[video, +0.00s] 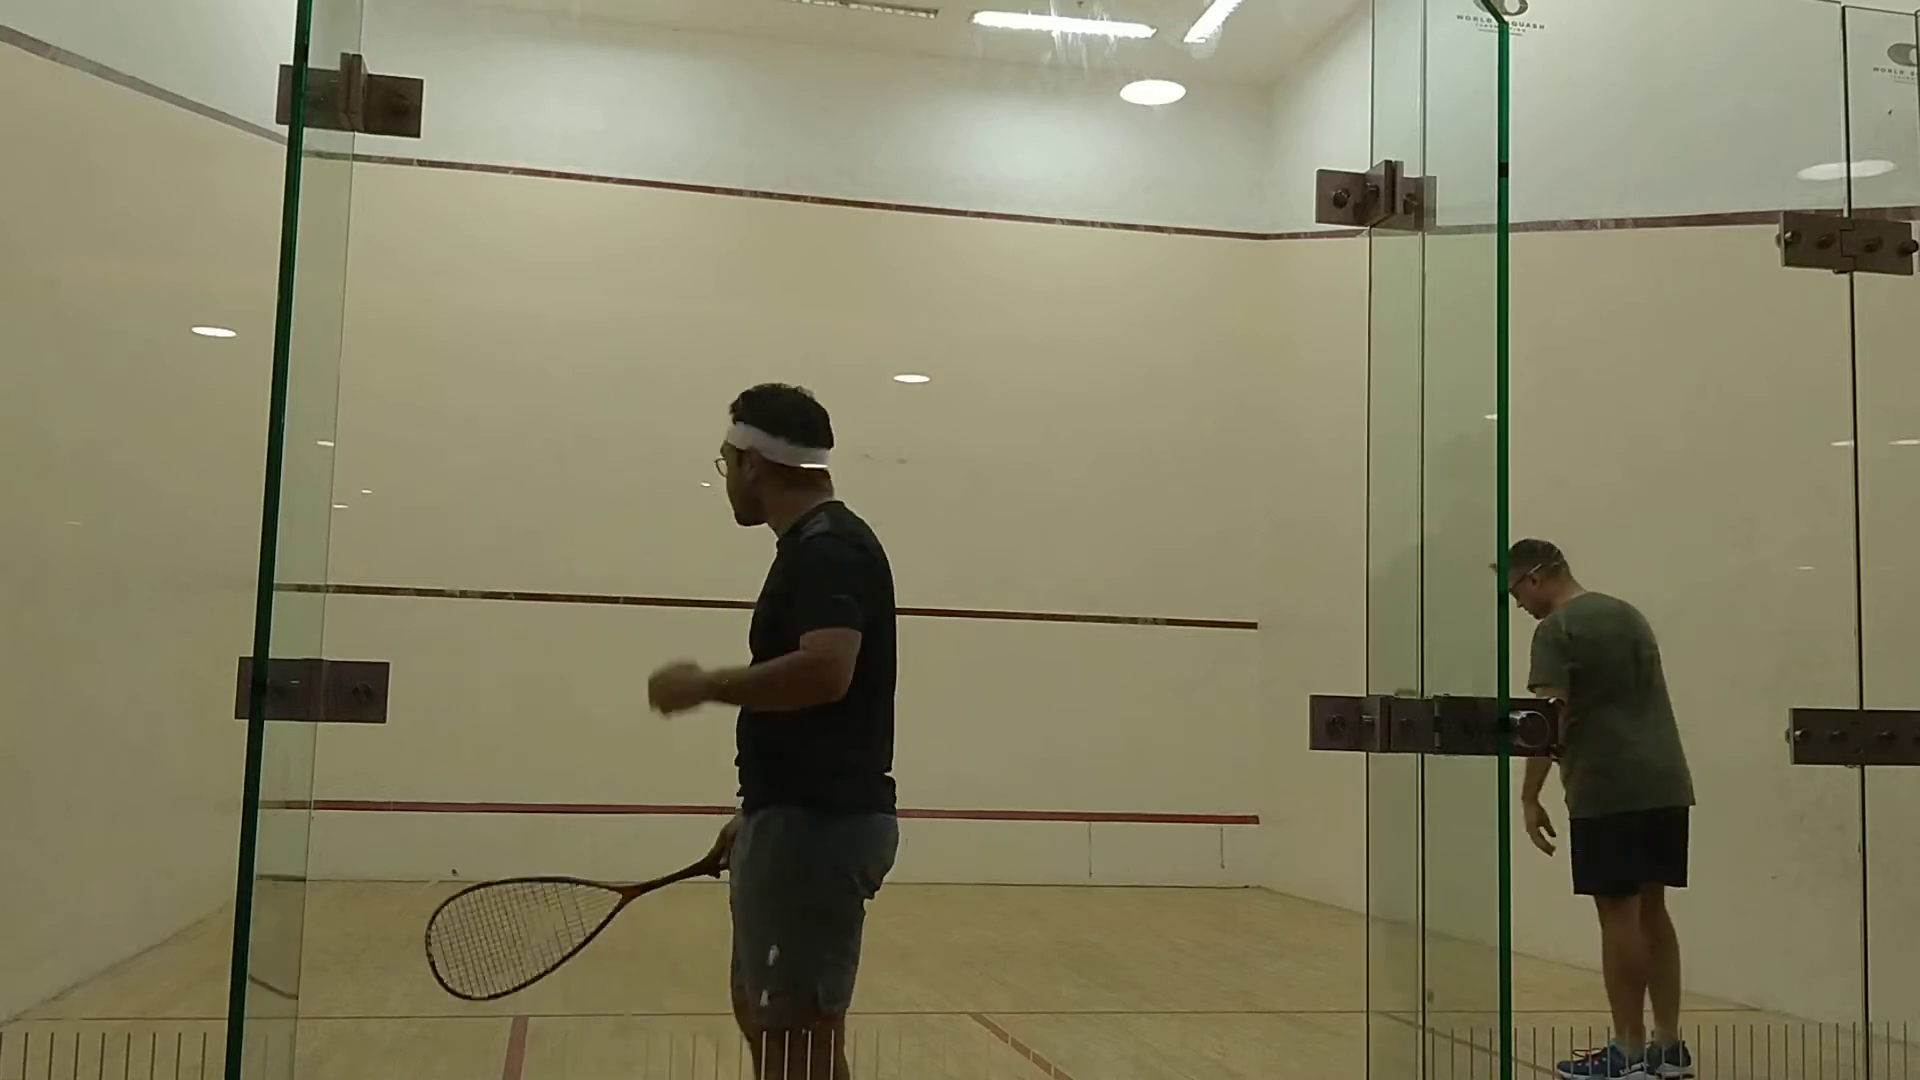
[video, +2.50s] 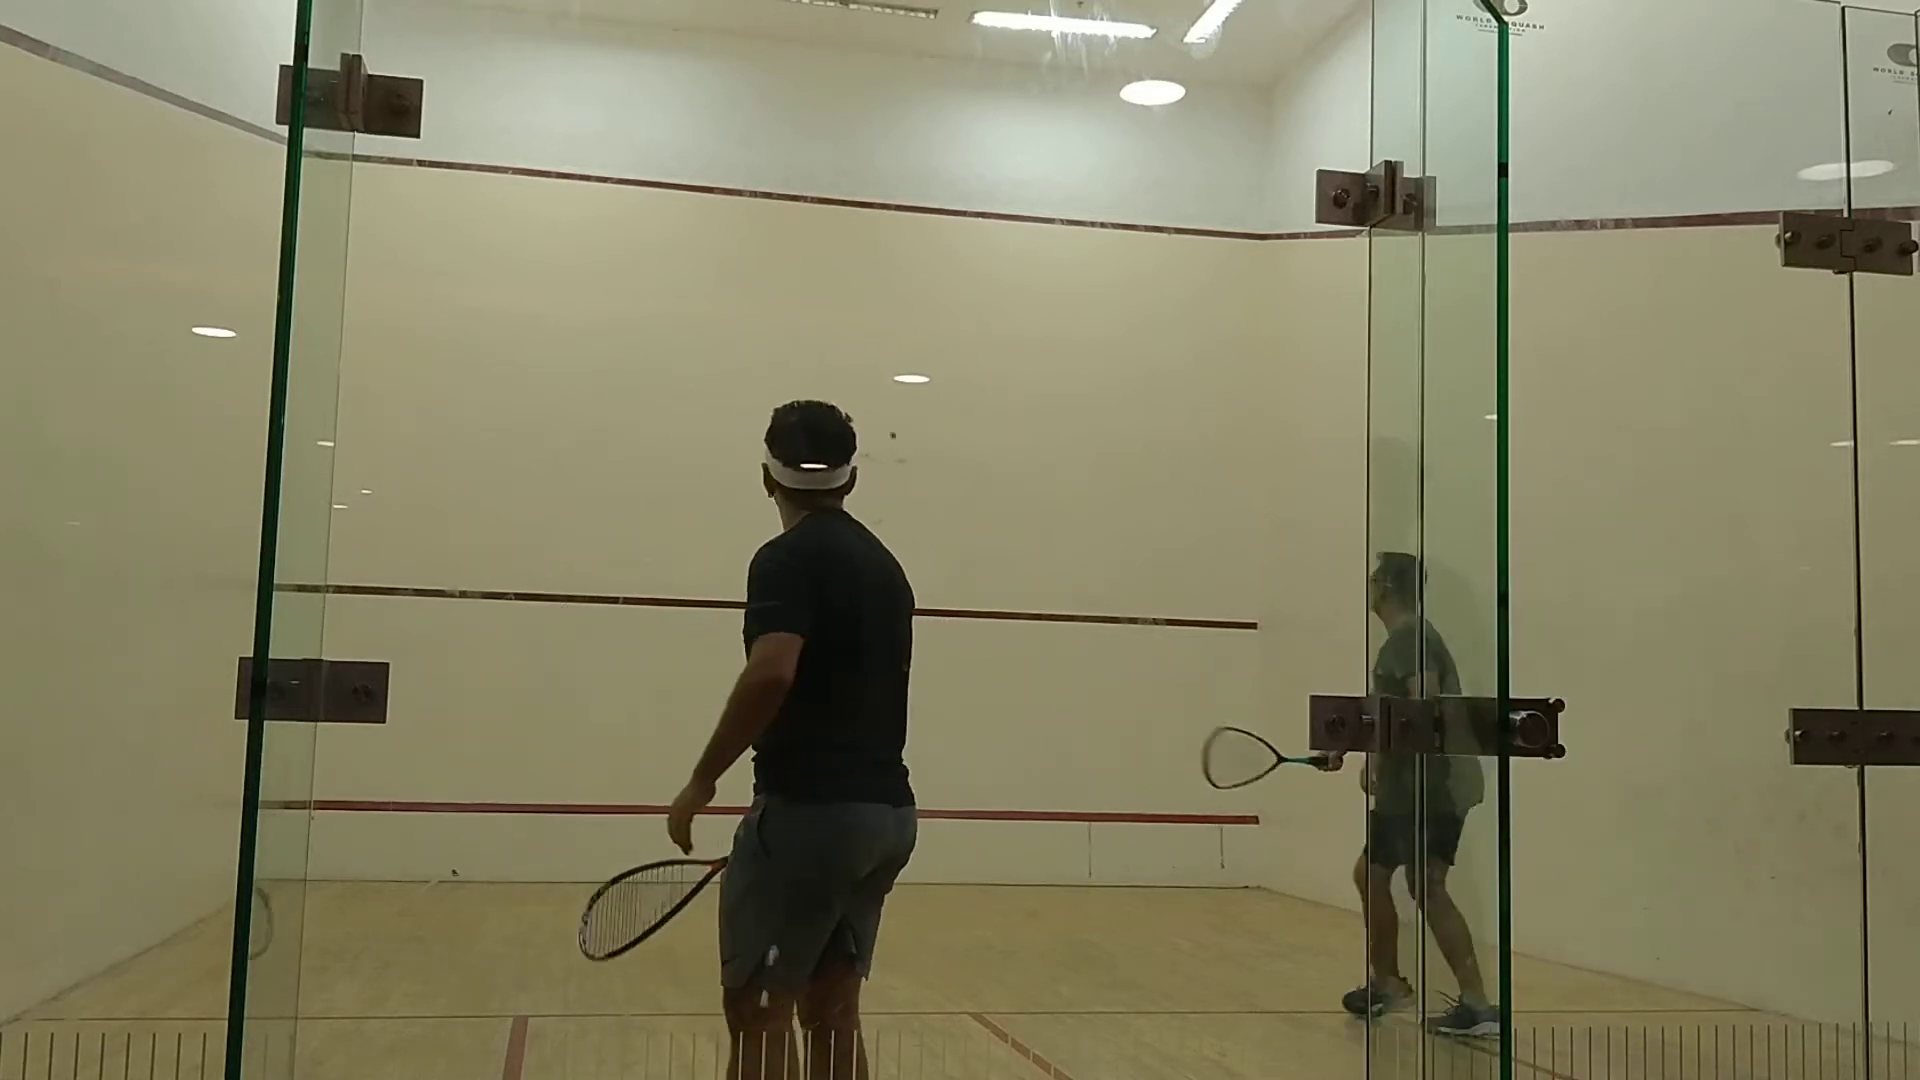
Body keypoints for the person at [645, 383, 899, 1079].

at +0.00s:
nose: (724, 481)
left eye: (727, 462)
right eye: (724, 464)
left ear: (757, 463)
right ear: (799, 461)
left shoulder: (830, 546)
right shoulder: (814, 545)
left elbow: (827, 669)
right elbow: (815, 707)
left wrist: (708, 683)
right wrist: (754, 814)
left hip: (819, 823)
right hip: (792, 820)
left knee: (800, 1034)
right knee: (759, 1010)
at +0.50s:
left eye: (823, 476)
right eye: (891, 480)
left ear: (817, 480)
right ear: (894, 488)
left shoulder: (800, 551)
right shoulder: (911, 574)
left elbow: (762, 658)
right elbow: (874, 707)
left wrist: (708, 762)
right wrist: (773, 773)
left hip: (805, 826)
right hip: (891, 825)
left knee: (707, 1002)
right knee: (836, 1004)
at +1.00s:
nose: (899, 499)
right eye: (901, 489)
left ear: (824, 483)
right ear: (900, 492)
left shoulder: (794, 553)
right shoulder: (916, 579)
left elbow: (747, 666)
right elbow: (874, 706)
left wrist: (706, 758)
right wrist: (770, 742)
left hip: (797, 824)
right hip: (890, 823)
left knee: (742, 1014)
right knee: (843, 1007)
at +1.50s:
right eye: (874, 483)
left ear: (798, 484)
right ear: (874, 491)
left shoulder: (779, 555)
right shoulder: (891, 576)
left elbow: (744, 669)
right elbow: (855, 704)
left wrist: (688, 775)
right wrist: (748, 737)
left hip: (781, 821)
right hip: (871, 819)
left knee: (731, 1009)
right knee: (830, 1003)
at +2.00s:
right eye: (861, 478)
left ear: (784, 480)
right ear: (860, 485)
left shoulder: (755, 563)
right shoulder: (897, 580)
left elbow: (707, 673)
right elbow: (871, 702)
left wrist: (659, 773)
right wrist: (772, 760)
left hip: (772, 824)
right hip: (870, 821)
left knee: (726, 1011)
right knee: (835, 1010)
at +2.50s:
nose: (765, 478)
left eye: (767, 468)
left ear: (770, 479)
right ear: (850, 481)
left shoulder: (784, 559)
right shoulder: (882, 565)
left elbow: (773, 671)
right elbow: (862, 700)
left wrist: (700, 781)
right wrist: (780, 801)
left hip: (805, 818)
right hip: (883, 816)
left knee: (754, 1007)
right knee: (832, 1006)